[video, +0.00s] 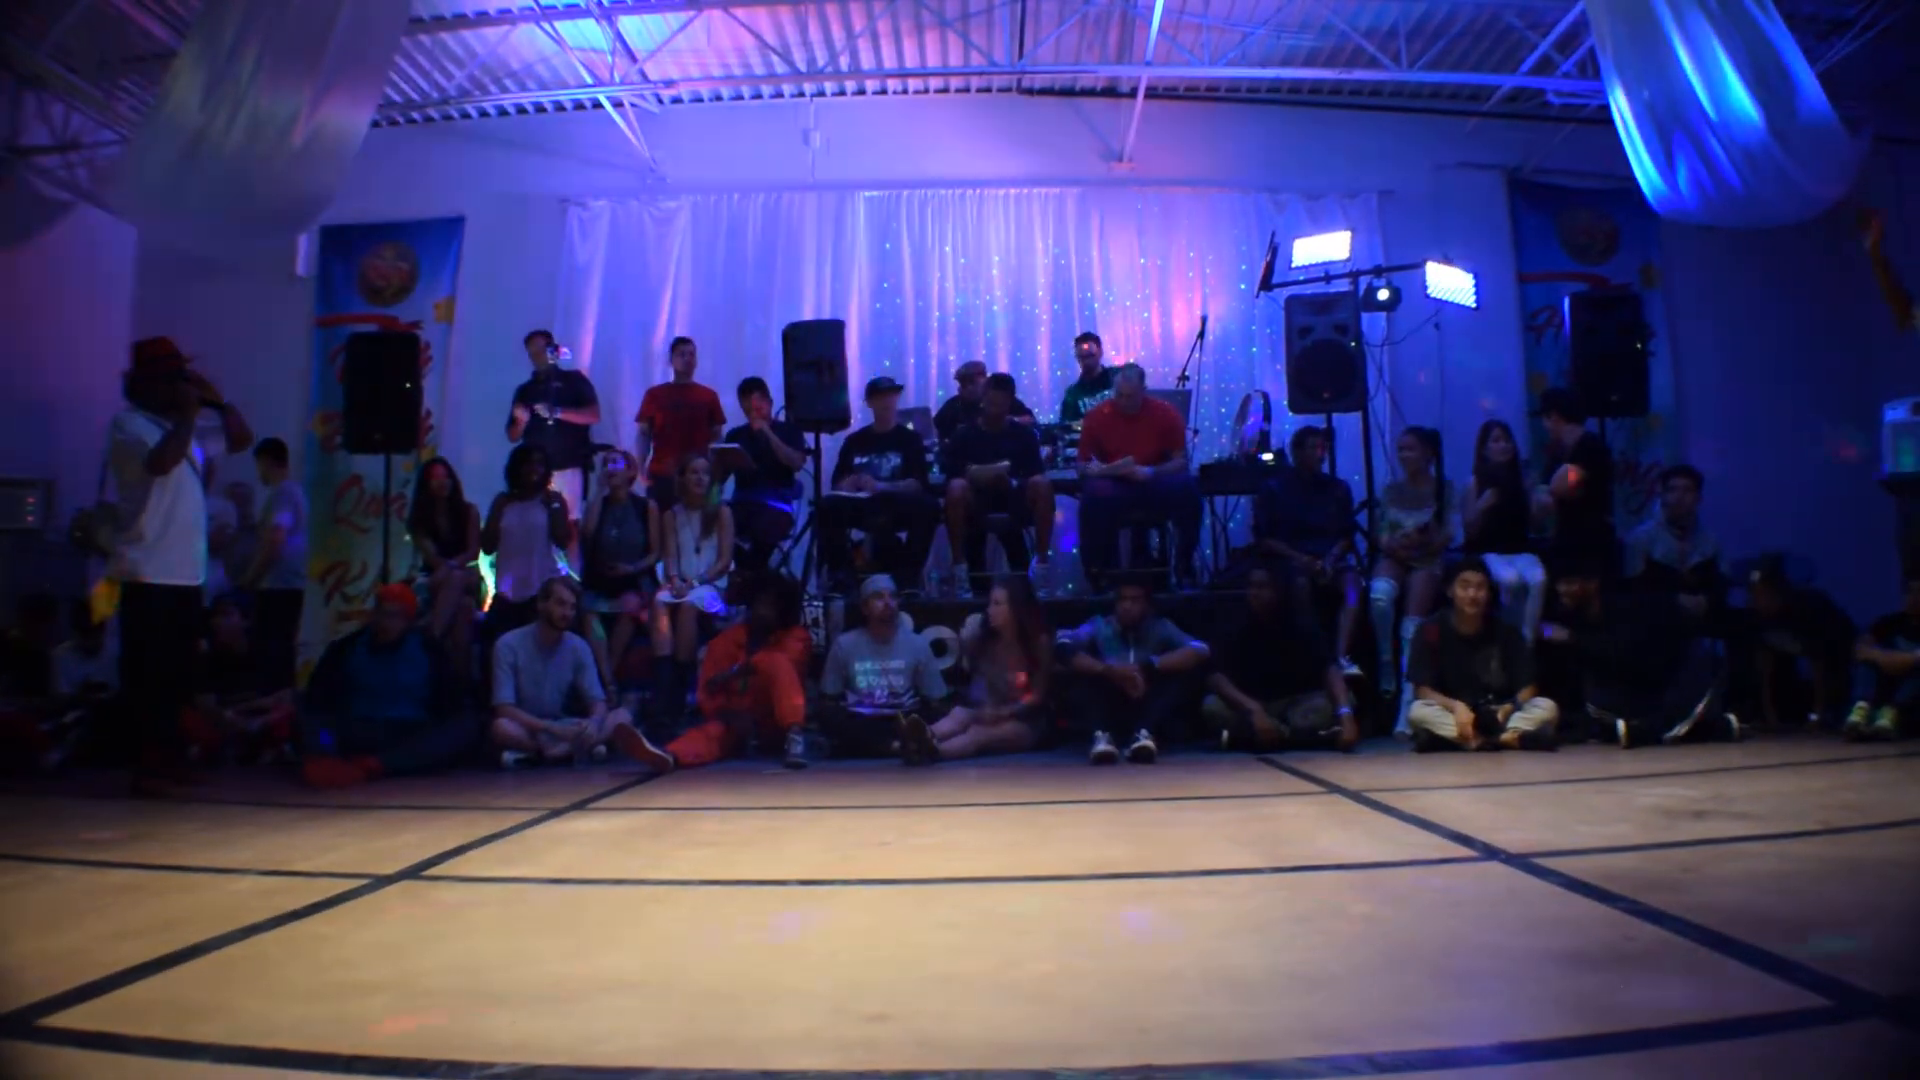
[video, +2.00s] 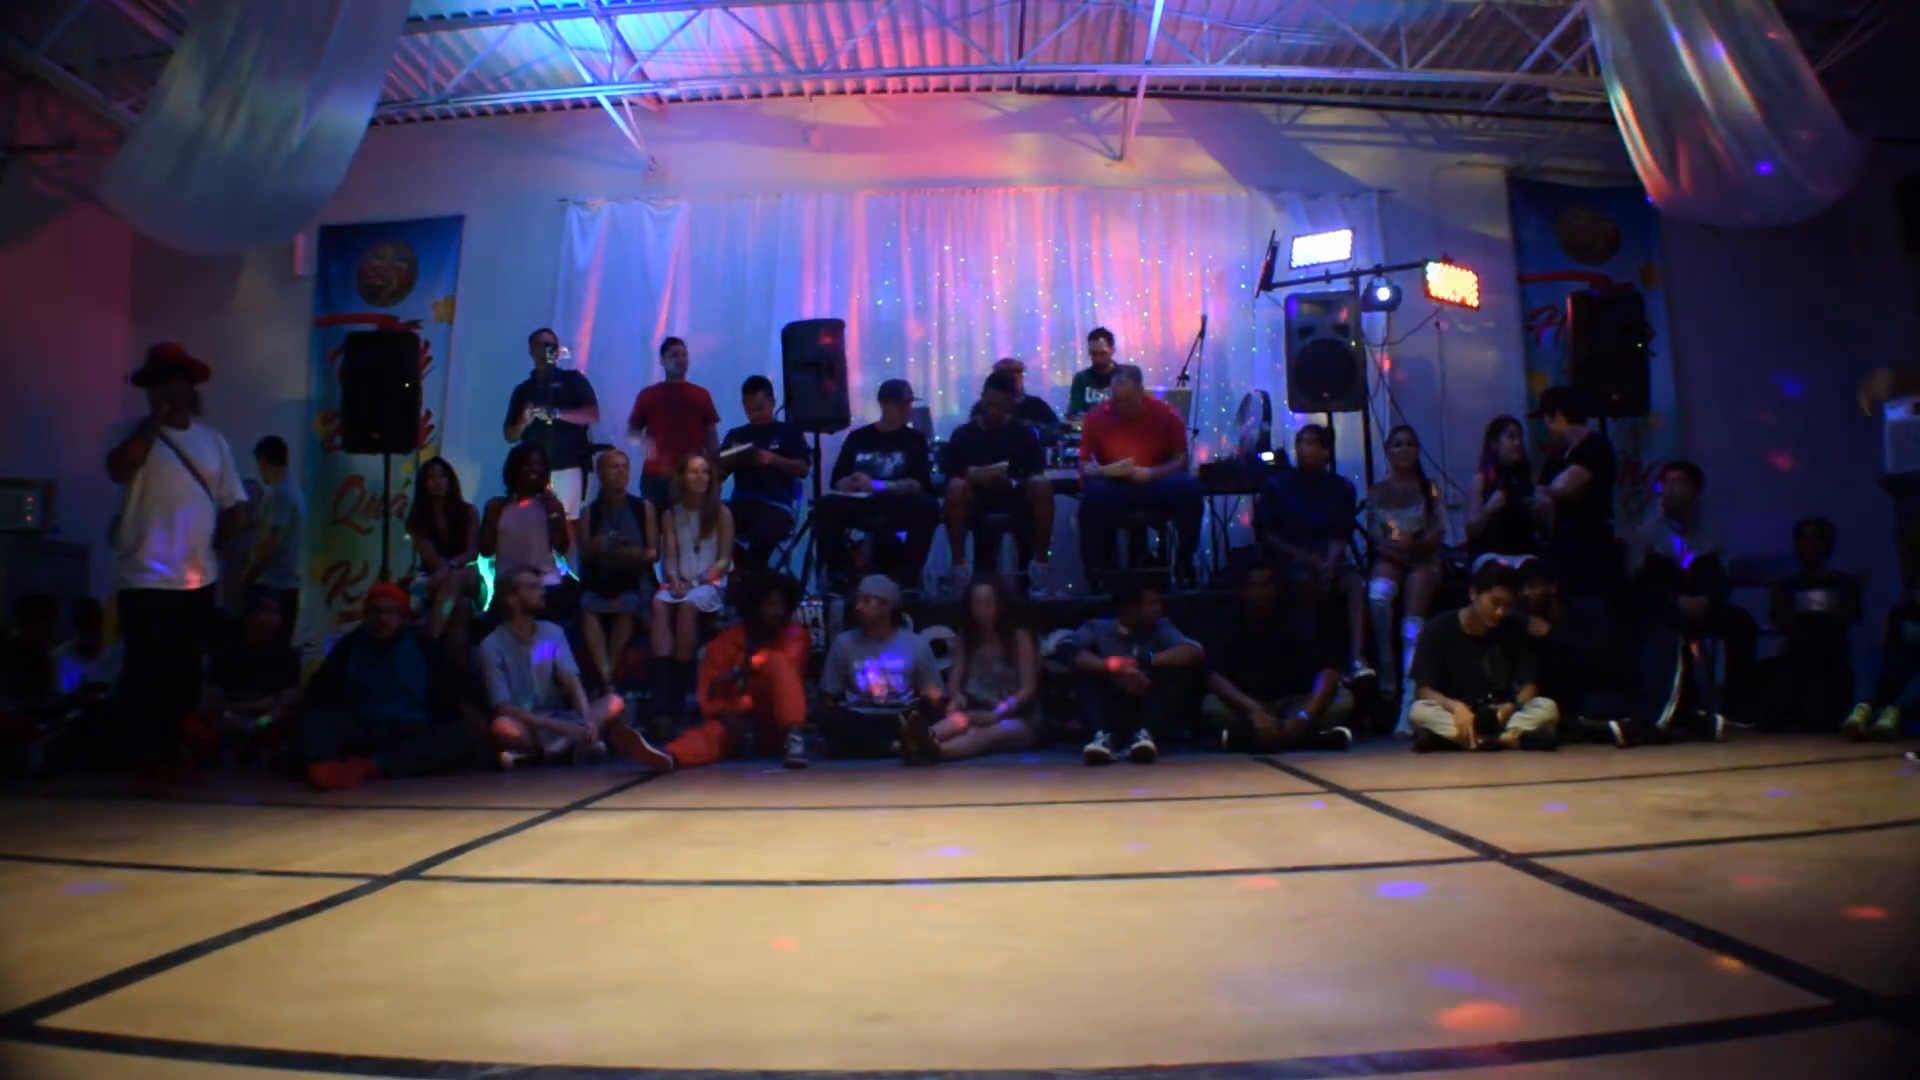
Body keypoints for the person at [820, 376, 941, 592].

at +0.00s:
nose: (887, 403)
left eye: (891, 397)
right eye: (881, 398)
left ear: (897, 400)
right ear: (870, 403)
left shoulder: (910, 439)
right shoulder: (854, 441)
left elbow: (918, 483)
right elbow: (837, 485)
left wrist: (878, 486)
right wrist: (852, 484)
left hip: (897, 502)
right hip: (861, 503)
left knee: (928, 508)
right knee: (827, 507)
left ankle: (908, 579)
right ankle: (841, 578)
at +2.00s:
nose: (909, 408)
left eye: (910, 403)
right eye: (904, 403)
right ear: (886, 405)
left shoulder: (915, 440)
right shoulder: (857, 438)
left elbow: (919, 484)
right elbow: (836, 482)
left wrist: (875, 485)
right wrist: (851, 483)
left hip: (898, 503)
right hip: (860, 503)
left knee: (927, 508)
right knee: (825, 507)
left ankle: (910, 579)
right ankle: (839, 576)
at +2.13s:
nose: (907, 409)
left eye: (908, 403)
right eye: (901, 403)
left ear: (909, 406)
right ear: (883, 405)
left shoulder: (915, 439)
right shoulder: (858, 438)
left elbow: (919, 484)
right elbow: (838, 482)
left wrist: (875, 486)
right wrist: (850, 485)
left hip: (898, 502)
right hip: (860, 503)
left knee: (928, 509)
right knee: (826, 508)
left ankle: (908, 579)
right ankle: (840, 577)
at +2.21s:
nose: (907, 410)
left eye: (908, 404)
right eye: (902, 404)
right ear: (883, 406)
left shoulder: (915, 439)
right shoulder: (858, 438)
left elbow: (919, 484)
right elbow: (838, 480)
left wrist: (875, 486)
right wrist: (848, 485)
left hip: (897, 502)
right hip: (860, 503)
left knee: (928, 509)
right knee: (826, 508)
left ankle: (907, 579)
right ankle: (840, 577)